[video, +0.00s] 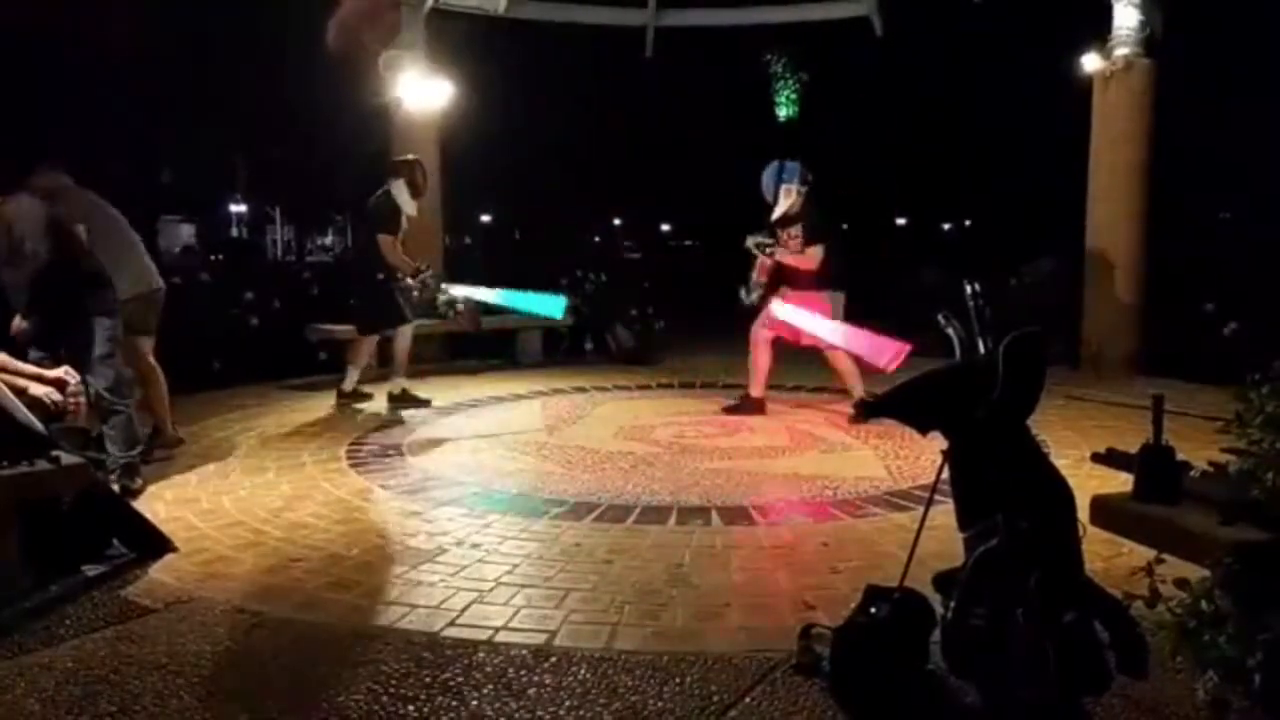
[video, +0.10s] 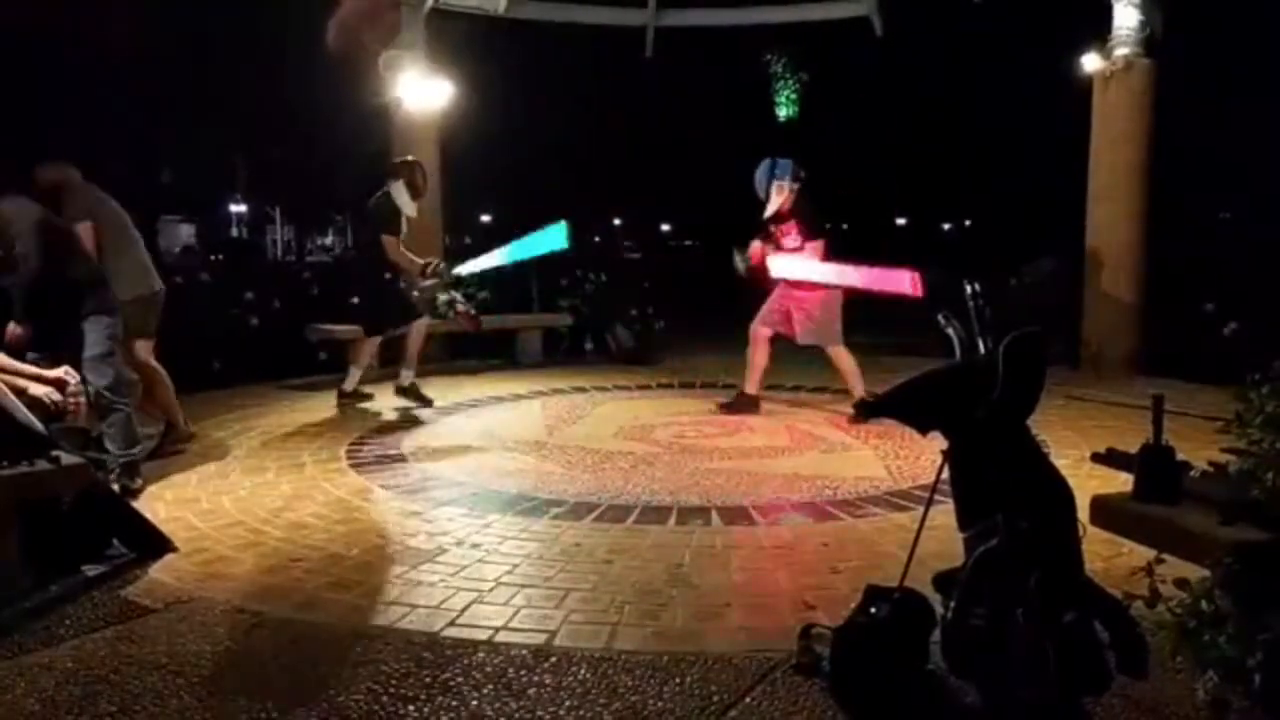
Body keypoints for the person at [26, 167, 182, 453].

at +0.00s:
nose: (39, 201)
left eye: (40, 194)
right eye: (38, 195)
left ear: (47, 190)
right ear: (65, 182)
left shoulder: (66, 205)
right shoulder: (86, 199)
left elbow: (75, 254)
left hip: (131, 290)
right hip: (149, 284)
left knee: (141, 360)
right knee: (142, 360)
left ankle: (166, 429)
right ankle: (163, 427)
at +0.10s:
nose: (44, 192)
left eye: (45, 187)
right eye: (43, 187)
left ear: (53, 184)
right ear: (72, 175)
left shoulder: (77, 198)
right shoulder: (93, 195)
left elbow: (88, 253)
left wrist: (83, 290)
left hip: (134, 291)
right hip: (144, 287)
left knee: (141, 357)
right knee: (137, 359)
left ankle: (178, 425)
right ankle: (170, 423)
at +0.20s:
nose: (54, 181)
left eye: (55, 175)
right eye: (53, 175)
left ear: (64, 173)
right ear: (82, 167)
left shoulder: (86, 192)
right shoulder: (100, 191)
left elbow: (96, 247)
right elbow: (101, 246)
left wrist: (87, 282)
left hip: (135, 291)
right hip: (142, 288)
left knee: (142, 358)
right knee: (131, 364)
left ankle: (175, 424)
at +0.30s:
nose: (61, 180)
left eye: (62, 173)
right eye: (60, 173)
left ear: (72, 172)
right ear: (89, 165)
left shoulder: (98, 193)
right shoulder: (108, 191)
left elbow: (104, 247)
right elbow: (107, 246)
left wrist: (89, 282)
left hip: (137, 291)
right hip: (140, 289)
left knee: (147, 358)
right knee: (127, 362)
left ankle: (173, 428)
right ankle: (119, 430)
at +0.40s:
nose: (69, 164)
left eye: (73, 157)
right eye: (69, 158)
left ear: (91, 156)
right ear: (95, 158)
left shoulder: (109, 191)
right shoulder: (104, 190)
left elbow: (115, 243)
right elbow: (111, 243)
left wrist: (94, 278)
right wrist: (93, 275)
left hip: (142, 290)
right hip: (126, 291)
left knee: (149, 356)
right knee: (125, 360)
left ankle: (173, 428)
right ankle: (119, 430)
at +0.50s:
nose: (90, 163)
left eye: (95, 156)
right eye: (85, 158)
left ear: (110, 156)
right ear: (81, 161)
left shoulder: (128, 192)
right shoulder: (96, 197)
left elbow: (137, 243)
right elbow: (100, 245)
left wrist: (115, 285)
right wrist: (96, 283)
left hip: (145, 283)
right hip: (114, 287)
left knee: (155, 356)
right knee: (121, 358)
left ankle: (174, 425)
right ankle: (121, 430)